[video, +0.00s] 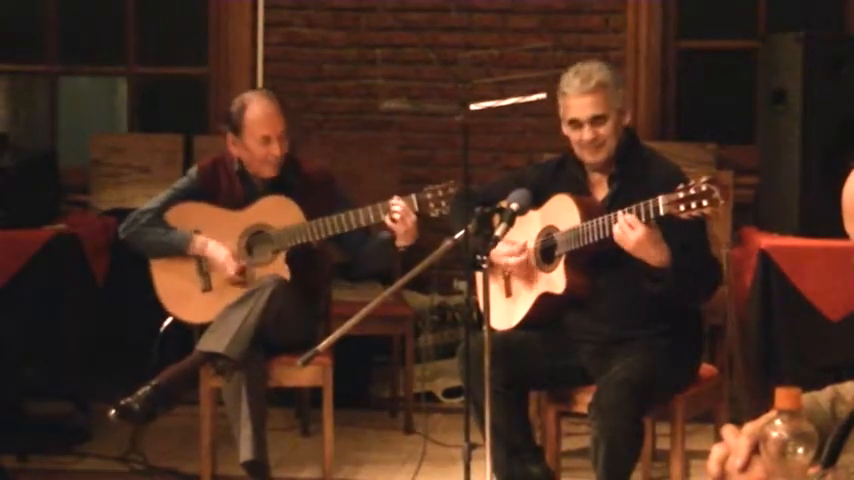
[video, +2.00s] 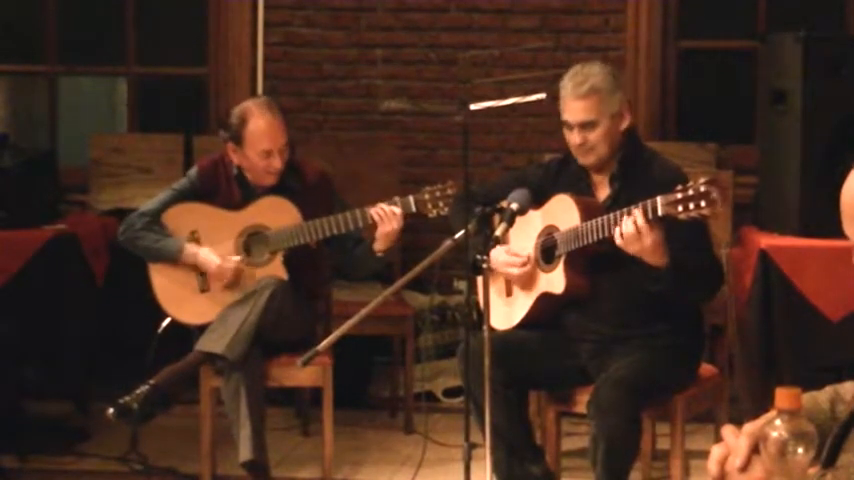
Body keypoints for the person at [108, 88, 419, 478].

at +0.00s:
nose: (277, 150)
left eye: (282, 138)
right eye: (265, 141)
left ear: (289, 133)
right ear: (235, 143)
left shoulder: (309, 182)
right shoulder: (212, 177)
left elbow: (357, 252)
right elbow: (134, 229)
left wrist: (397, 242)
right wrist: (203, 247)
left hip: (296, 317)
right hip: (227, 312)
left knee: (273, 287)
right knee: (246, 358)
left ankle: (168, 383)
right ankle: (254, 468)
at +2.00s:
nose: (277, 163)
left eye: (282, 151)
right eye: (265, 155)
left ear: (289, 142)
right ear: (234, 153)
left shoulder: (308, 182)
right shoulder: (211, 177)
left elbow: (344, 261)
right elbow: (133, 230)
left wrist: (379, 248)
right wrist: (199, 256)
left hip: (294, 315)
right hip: (228, 312)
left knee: (272, 290)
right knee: (243, 354)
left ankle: (168, 381)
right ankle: (255, 469)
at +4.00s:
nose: (280, 169)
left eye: (284, 157)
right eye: (269, 162)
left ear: (290, 145)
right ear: (238, 157)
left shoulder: (313, 183)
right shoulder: (213, 176)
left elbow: (343, 269)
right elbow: (134, 227)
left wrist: (347, 252)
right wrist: (195, 262)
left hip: (297, 315)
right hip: (228, 312)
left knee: (271, 289)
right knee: (245, 357)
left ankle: (165, 380)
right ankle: (255, 468)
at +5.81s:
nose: (260, 151)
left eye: (266, 137)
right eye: (246, 139)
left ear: (275, 131)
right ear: (208, 138)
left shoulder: (294, 190)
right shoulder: (178, 175)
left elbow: (314, 287)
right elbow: (85, 232)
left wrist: (343, 280)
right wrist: (170, 258)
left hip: (273, 342)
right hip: (190, 332)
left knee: (244, 310)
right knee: (211, 394)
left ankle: (118, 420)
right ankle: (213, 474)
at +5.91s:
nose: (255, 147)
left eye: (261, 133)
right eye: (240, 135)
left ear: (269, 129)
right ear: (202, 135)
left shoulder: (291, 189)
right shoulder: (172, 174)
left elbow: (312, 293)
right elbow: (77, 234)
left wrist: (339, 283)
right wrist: (162, 261)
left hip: (270, 346)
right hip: (186, 338)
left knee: (241, 316)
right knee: (206, 405)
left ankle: (107, 428)